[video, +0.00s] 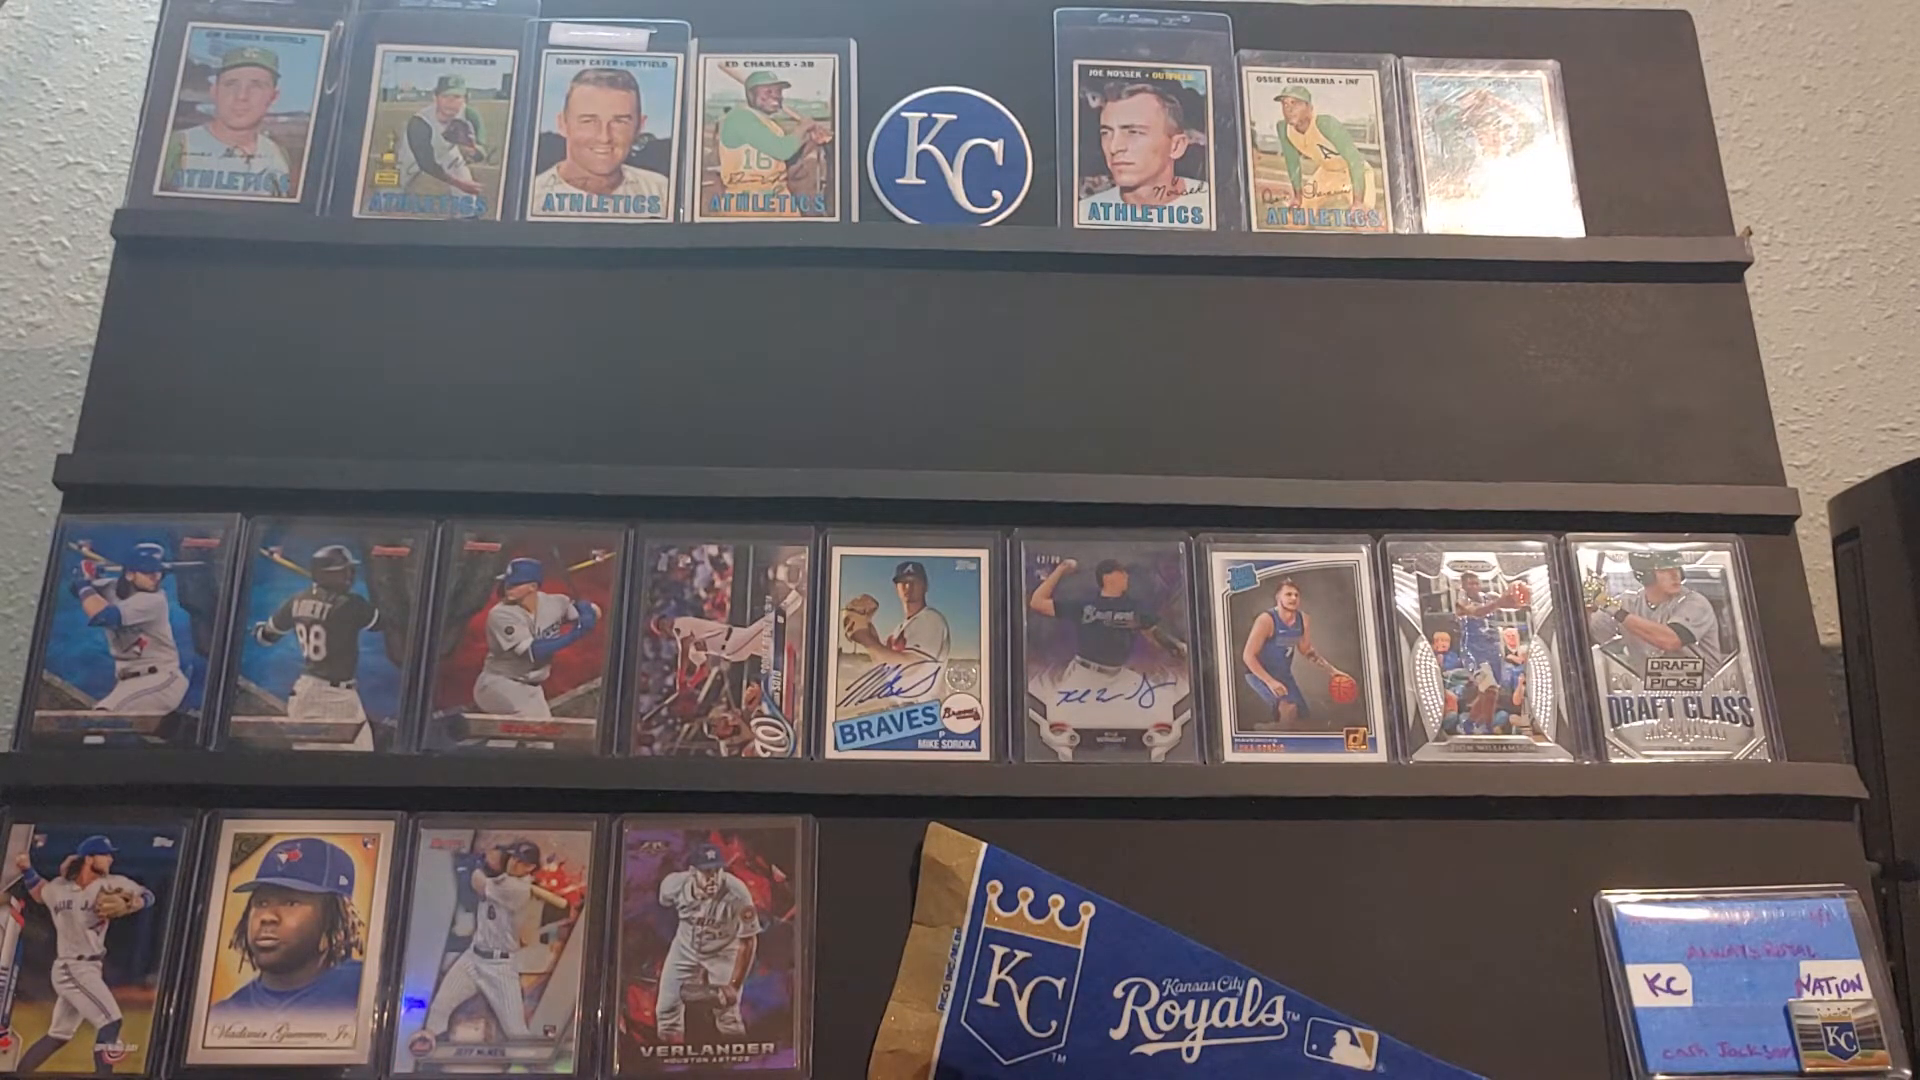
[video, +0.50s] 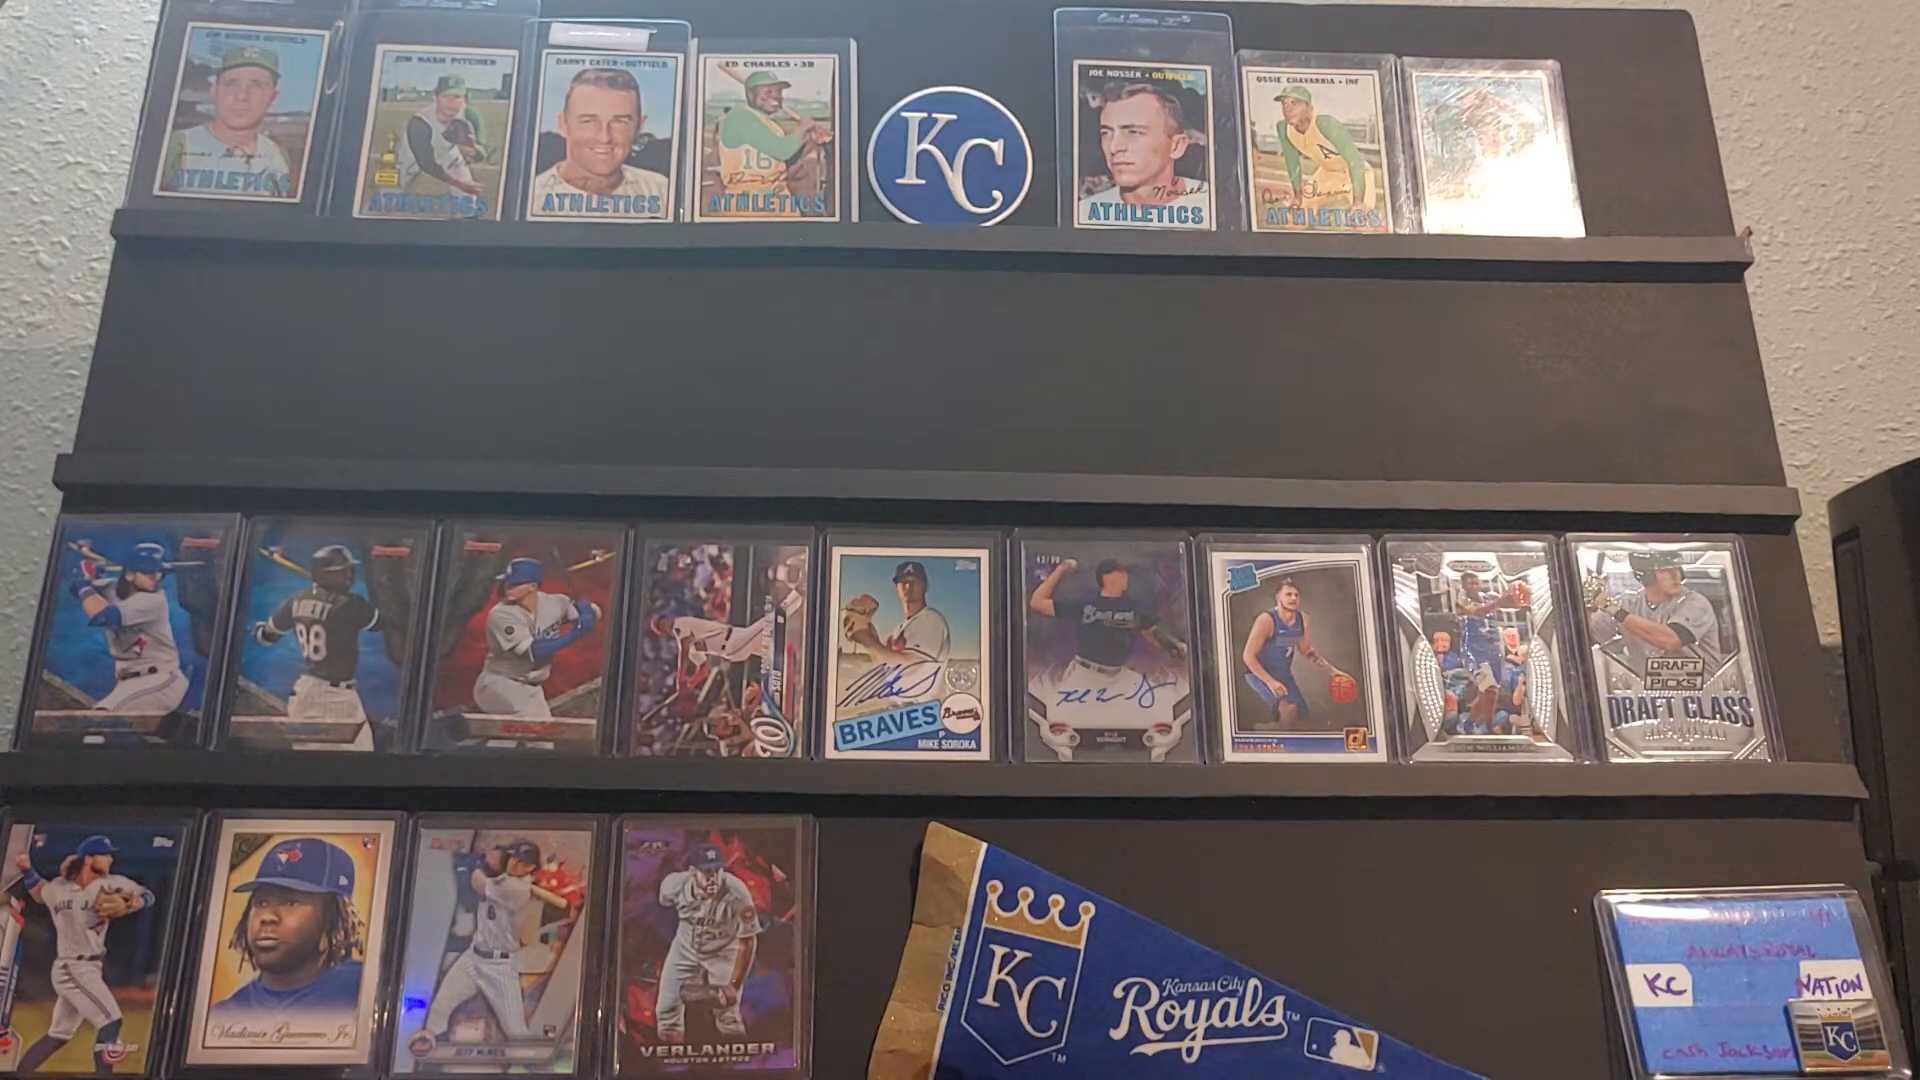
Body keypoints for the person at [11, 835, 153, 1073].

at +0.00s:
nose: (110, 860)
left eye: (110, 855)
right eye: (105, 855)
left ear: (96, 861)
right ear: (89, 859)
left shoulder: (112, 884)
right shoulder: (58, 889)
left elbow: (149, 896)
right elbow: (39, 891)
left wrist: (129, 905)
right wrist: (27, 869)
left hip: (91, 969)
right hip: (70, 969)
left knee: (58, 1035)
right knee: (111, 1020)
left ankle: (18, 1073)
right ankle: (104, 1074)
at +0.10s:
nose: (110, 860)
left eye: (110, 855)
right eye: (105, 855)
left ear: (96, 861)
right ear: (89, 859)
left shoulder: (112, 883)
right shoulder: (58, 889)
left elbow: (149, 896)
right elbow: (40, 891)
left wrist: (129, 905)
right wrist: (27, 869)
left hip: (91, 969)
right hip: (71, 969)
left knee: (59, 1035)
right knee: (110, 1020)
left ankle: (19, 1072)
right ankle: (104, 1074)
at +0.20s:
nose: (110, 860)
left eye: (110, 855)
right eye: (105, 855)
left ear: (96, 861)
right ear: (89, 859)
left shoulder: (112, 883)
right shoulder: (58, 889)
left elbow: (149, 896)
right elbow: (39, 891)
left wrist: (129, 905)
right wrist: (27, 869)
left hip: (91, 969)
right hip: (71, 969)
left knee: (59, 1035)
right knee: (110, 1020)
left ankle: (19, 1072)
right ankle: (104, 1074)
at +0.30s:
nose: (110, 859)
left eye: (110, 855)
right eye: (105, 855)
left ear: (97, 861)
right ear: (89, 859)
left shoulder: (111, 884)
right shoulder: (58, 889)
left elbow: (149, 896)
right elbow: (39, 890)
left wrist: (130, 905)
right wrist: (27, 869)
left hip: (91, 969)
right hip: (71, 969)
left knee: (59, 1035)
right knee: (110, 1020)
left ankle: (19, 1072)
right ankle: (104, 1074)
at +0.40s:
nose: (110, 859)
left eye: (110, 855)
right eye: (105, 855)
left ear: (97, 861)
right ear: (89, 859)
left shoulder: (111, 884)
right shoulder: (58, 888)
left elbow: (149, 896)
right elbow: (40, 891)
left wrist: (130, 904)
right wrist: (27, 870)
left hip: (90, 969)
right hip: (71, 969)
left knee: (58, 1035)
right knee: (110, 1020)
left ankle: (19, 1072)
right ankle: (104, 1074)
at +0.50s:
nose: (110, 859)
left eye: (110, 855)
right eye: (105, 855)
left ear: (97, 861)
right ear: (89, 859)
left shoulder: (110, 884)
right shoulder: (58, 888)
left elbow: (148, 896)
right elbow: (40, 891)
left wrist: (129, 904)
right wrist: (27, 870)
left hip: (90, 969)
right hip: (71, 969)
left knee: (59, 1035)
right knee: (111, 1020)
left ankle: (19, 1072)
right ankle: (104, 1074)